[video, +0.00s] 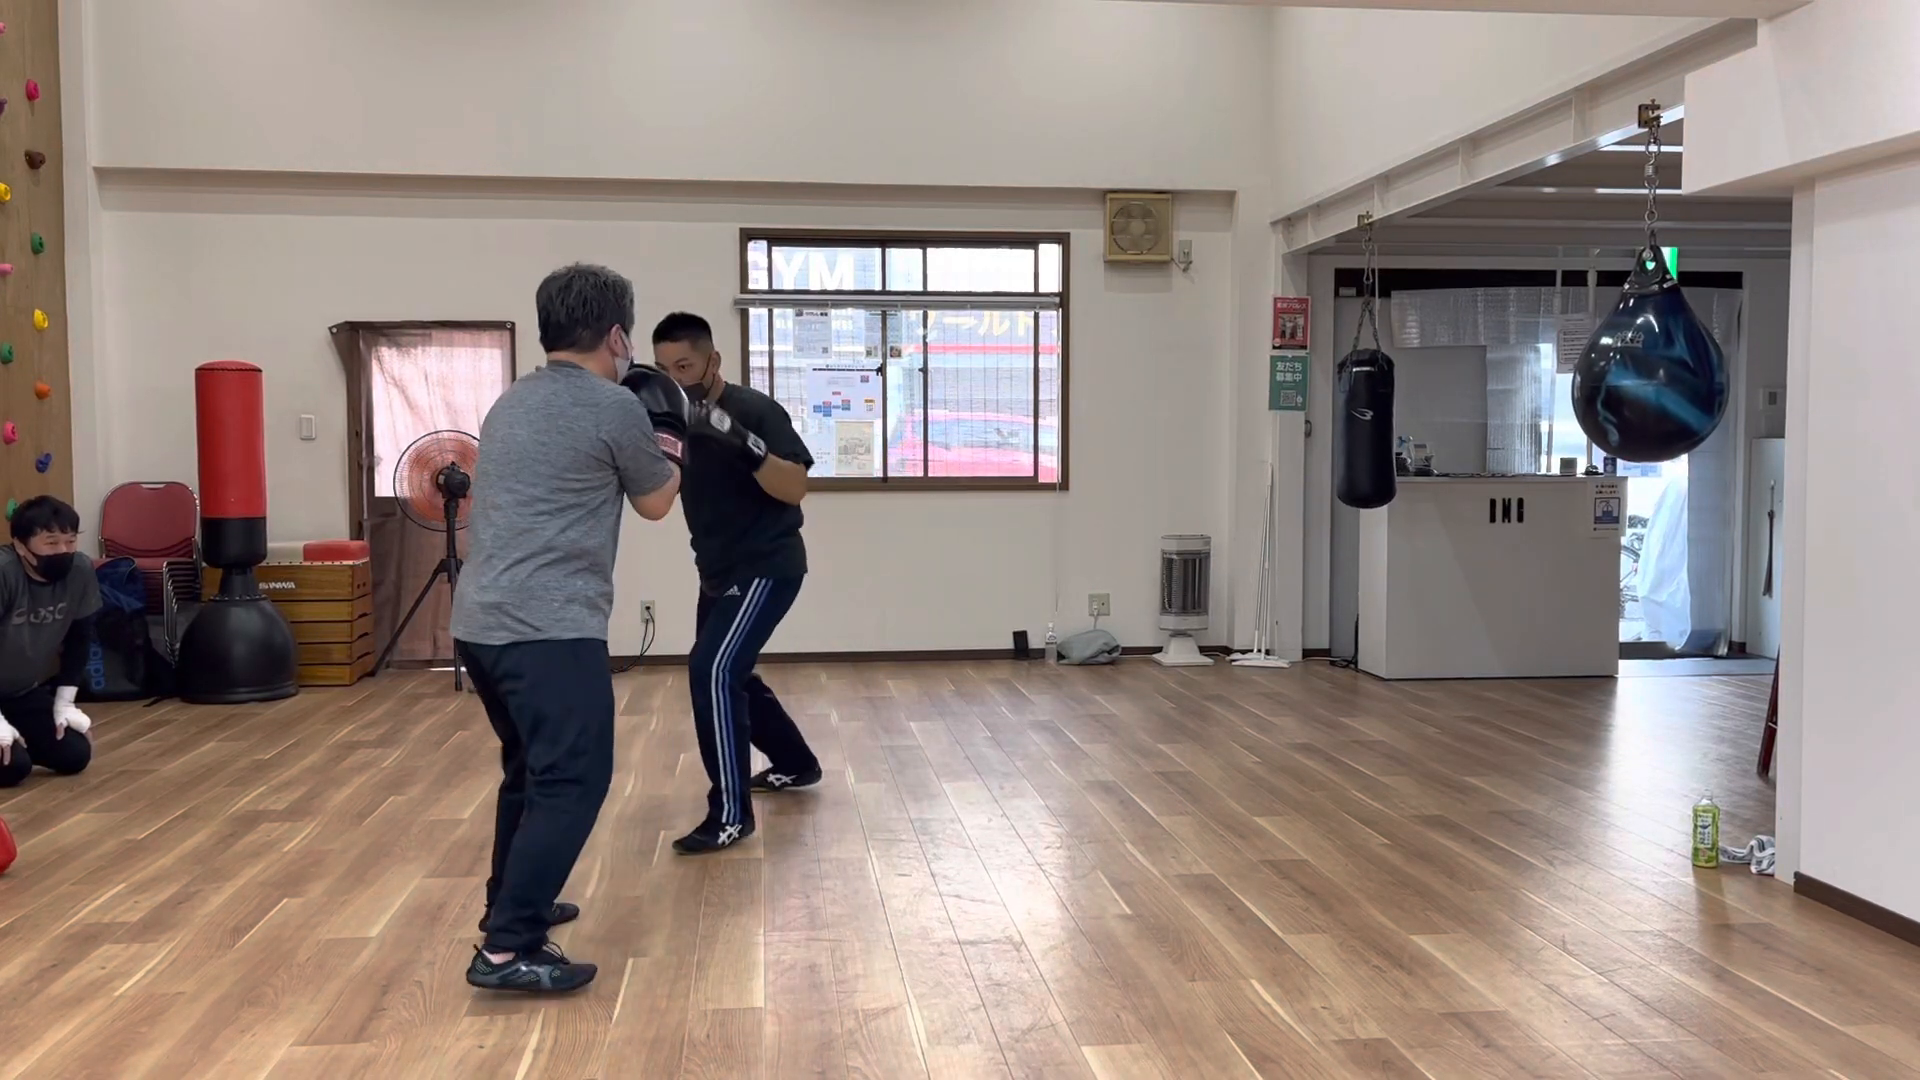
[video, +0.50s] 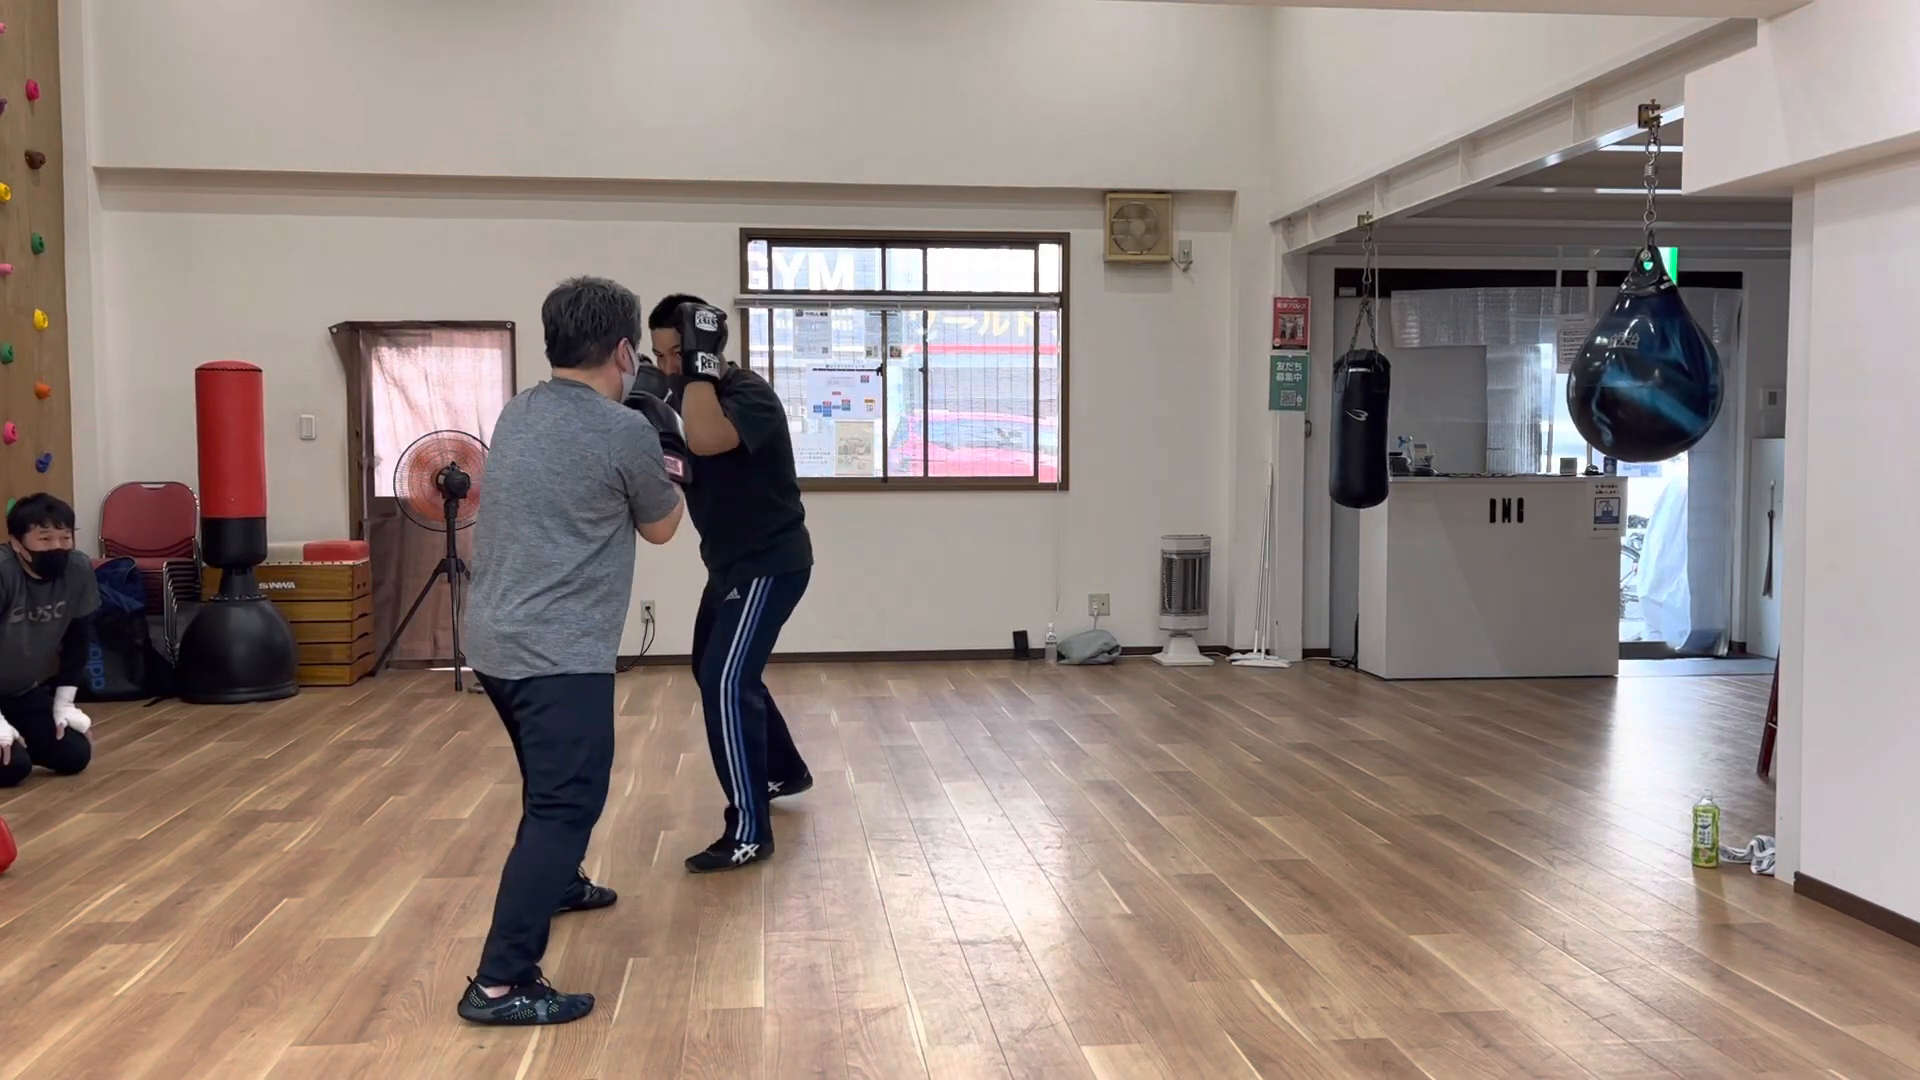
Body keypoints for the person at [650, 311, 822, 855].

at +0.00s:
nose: (677, 378)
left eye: (684, 365)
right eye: (667, 370)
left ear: (713, 359)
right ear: (662, 373)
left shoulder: (755, 409)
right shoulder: (677, 414)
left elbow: (794, 487)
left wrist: (739, 440)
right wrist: (640, 407)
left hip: (766, 566)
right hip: (719, 569)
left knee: (713, 671)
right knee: (726, 672)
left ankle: (731, 817)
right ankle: (796, 764)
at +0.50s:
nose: (667, 365)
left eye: (674, 353)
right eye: (660, 355)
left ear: (705, 348)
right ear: (657, 356)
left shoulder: (751, 396)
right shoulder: (693, 403)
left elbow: (706, 437)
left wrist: (701, 365)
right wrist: (645, 410)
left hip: (768, 565)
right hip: (730, 565)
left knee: (724, 677)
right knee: (714, 666)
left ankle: (748, 833)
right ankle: (784, 769)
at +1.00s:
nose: (675, 353)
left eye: (683, 339)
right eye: (665, 344)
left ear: (716, 328)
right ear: (659, 345)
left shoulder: (759, 383)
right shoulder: (683, 397)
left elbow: (787, 455)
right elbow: (677, 466)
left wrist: (718, 413)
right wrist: (653, 434)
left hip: (771, 552)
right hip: (732, 556)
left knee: (730, 678)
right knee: (751, 672)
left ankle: (742, 838)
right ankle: (792, 784)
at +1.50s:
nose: (609, 434)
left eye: (612, 420)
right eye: (601, 426)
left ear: (644, 410)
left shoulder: (676, 432)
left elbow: (703, 447)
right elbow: (708, 564)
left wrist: (653, 483)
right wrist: (641, 537)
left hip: (774, 590)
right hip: (799, 587)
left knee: (698, 710)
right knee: (778, 689)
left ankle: (733, 865)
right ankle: (794, 784)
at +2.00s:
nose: (667, 336)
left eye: (677, 323)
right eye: (659, 328)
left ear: (711, 321)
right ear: (656, 331)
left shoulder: (744, 375)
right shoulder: (674, 391)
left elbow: (737, 443)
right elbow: (639, 464)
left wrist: (680, 378)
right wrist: (609, 411)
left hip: (761, 556)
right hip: (714, 561)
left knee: (736, 684)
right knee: (742, 676)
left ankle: (723, 833)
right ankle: (792, 781)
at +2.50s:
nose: (635, 343)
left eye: (647, 331)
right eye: (627, 333)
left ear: (681, 326)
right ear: (622, 332)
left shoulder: (714, 385)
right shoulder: (638, 394)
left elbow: (740, 458)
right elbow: (603, 461)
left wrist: (667, 414)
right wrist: (578, 397)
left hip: (715, 560)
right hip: (678, 562)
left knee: (672, 689)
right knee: (712, 672)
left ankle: (657, 850)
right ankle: (777, 762)